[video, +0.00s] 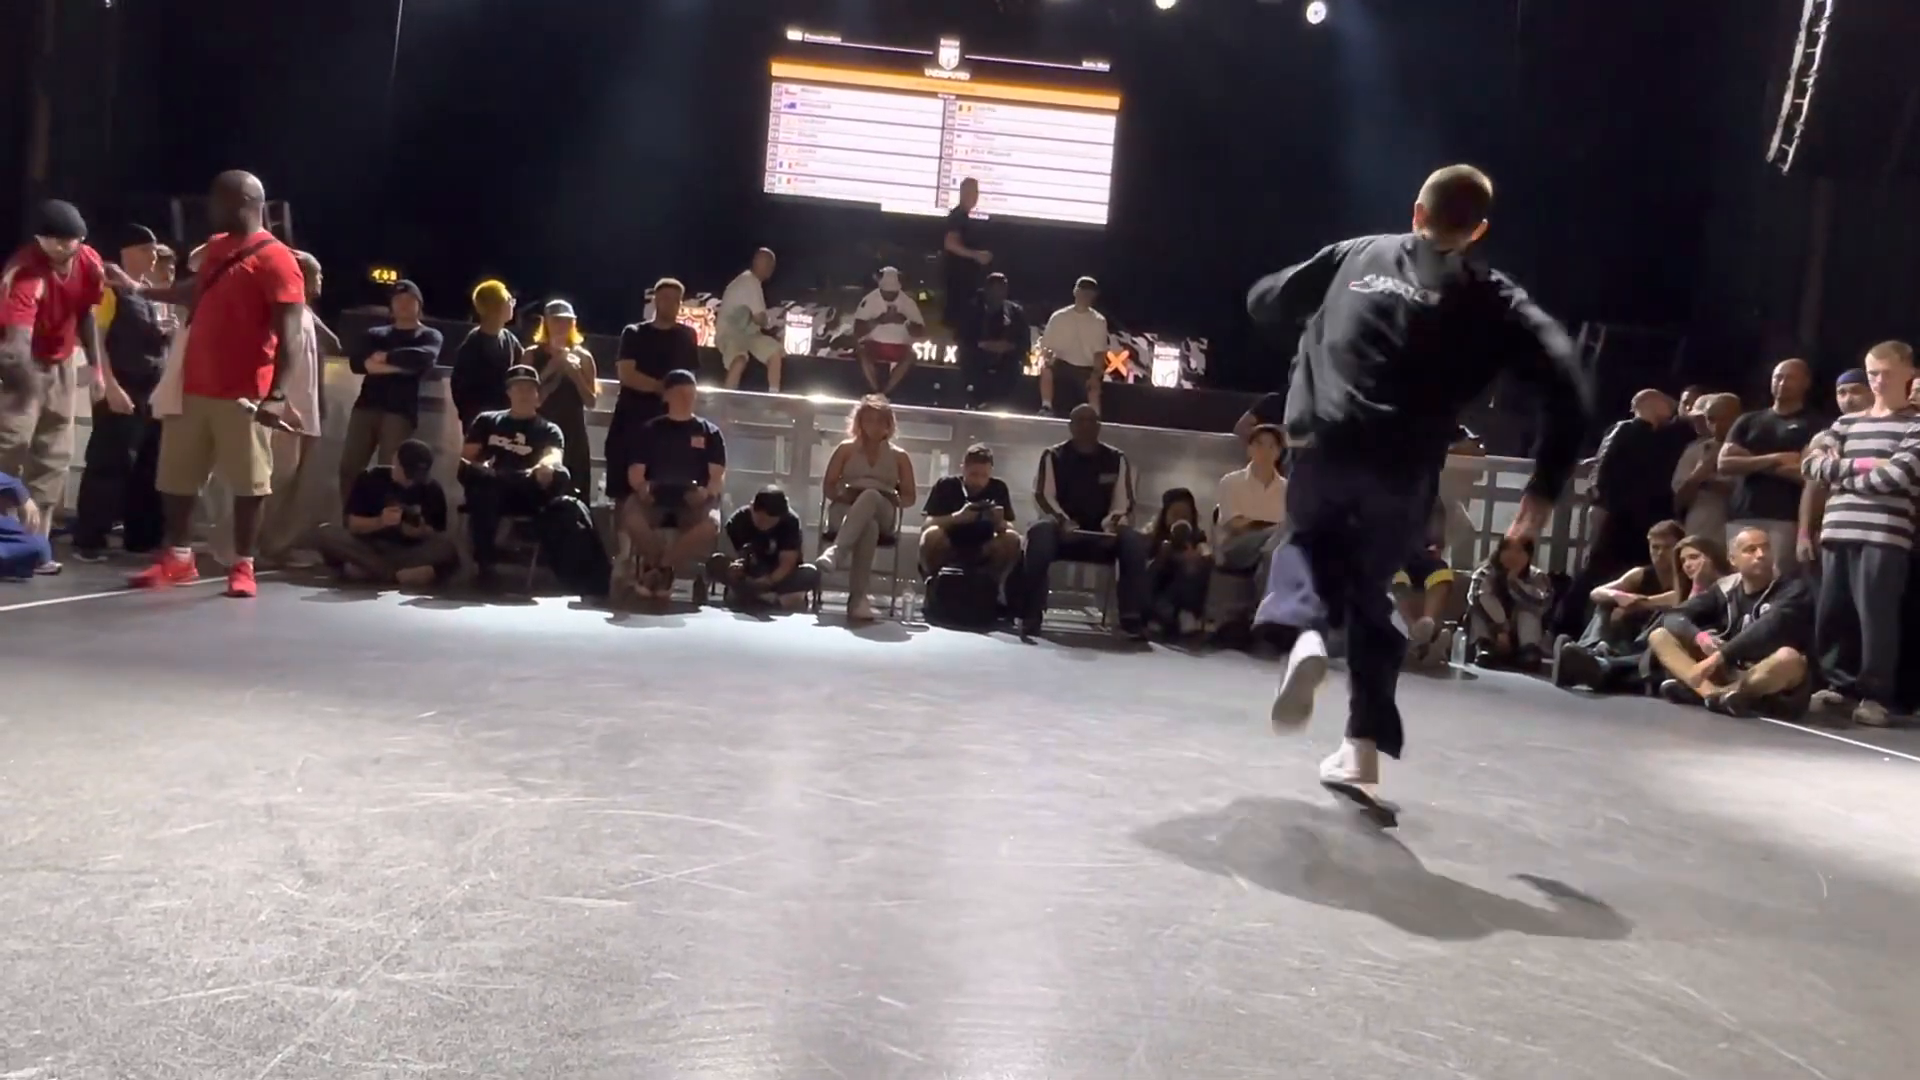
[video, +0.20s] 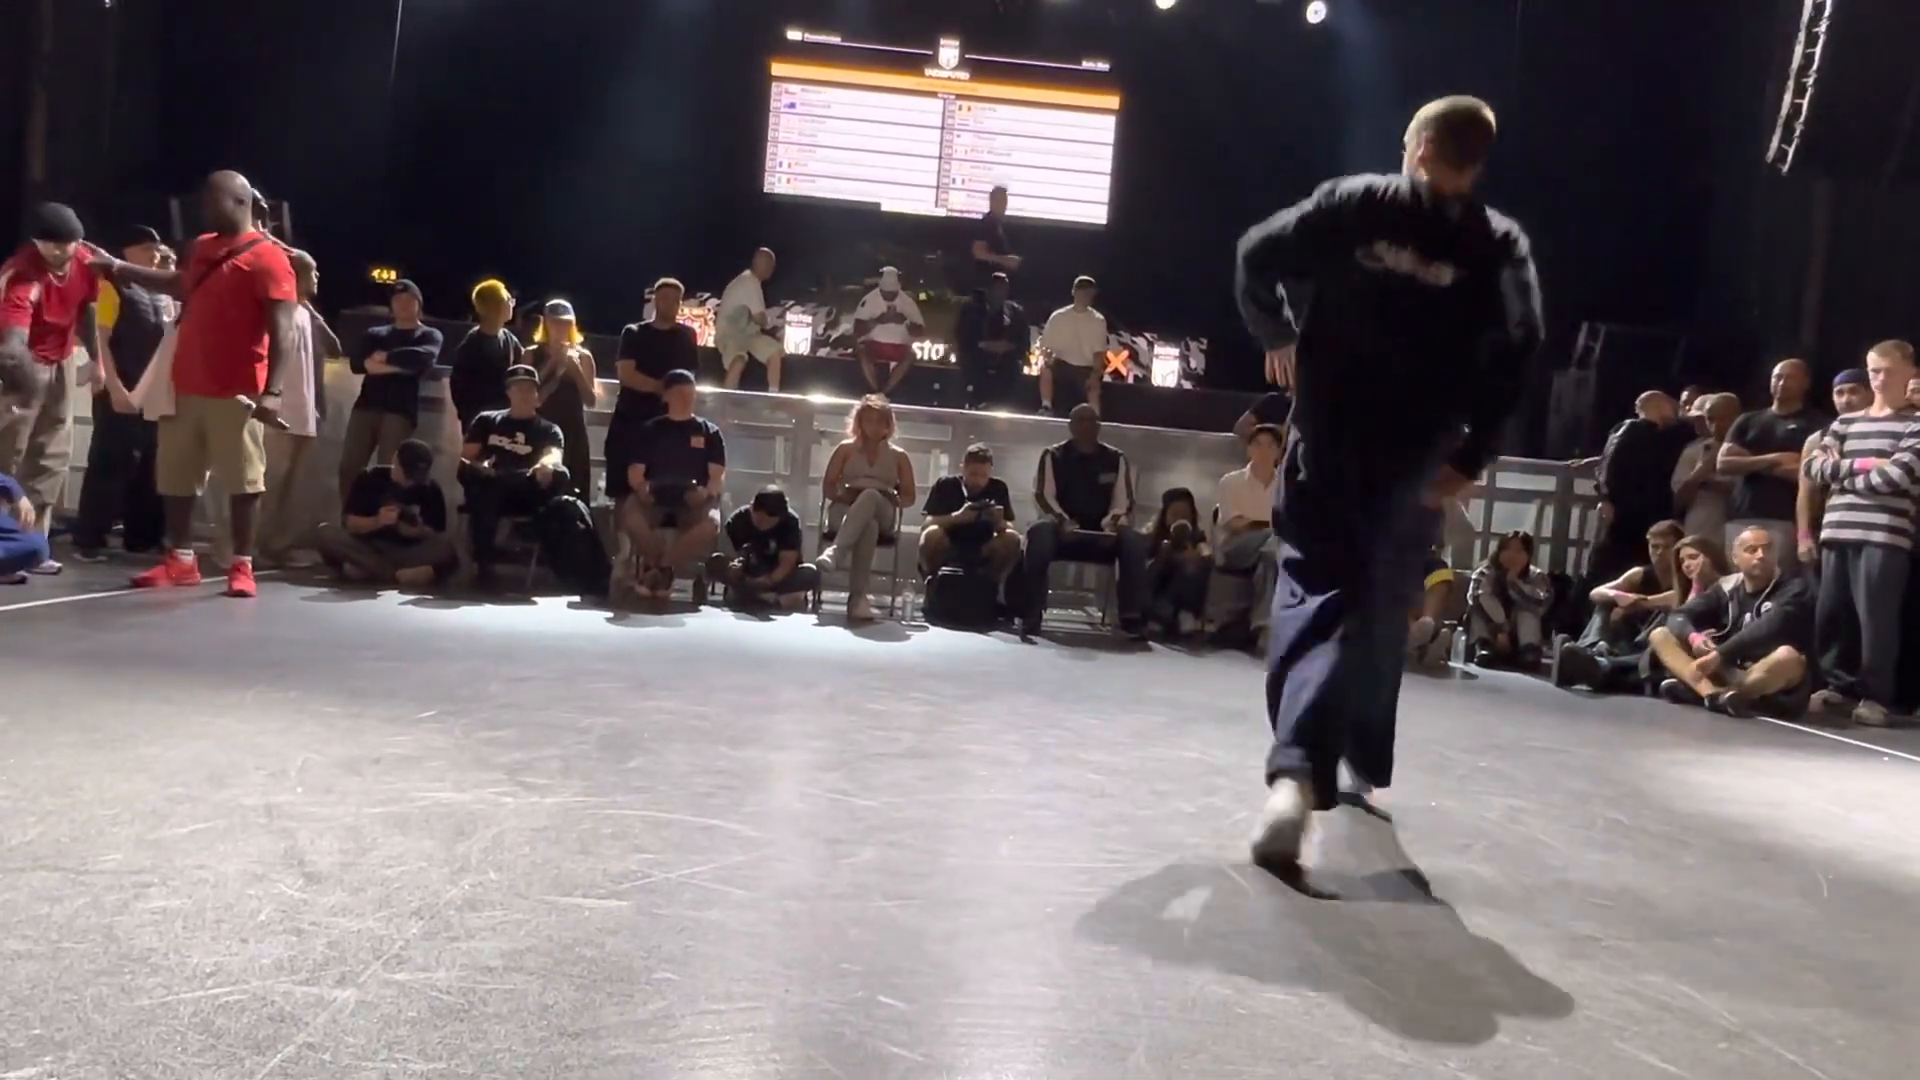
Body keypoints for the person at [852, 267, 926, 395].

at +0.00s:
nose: (890, 296)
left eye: (893, 293)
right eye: (886, 292)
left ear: (899, 289)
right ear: (880, 288)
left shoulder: (908, 302)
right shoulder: (869, 300)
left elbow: (919, 332)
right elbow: (857, 332)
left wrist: (904, 320)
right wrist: (879, 320)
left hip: (900, 346)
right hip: (874, 344)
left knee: (910, 357)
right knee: (863, 353)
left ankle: (885, 392)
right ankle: (876, 391)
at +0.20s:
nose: (890, 296)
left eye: (893, 293)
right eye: (886, 293)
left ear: (898, 289)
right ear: (880, 288)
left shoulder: (907, 302)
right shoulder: (869, 300)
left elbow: (919, 332)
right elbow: (857, 331)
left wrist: (904, 321)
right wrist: (878, 320)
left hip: (900, 346)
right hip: (874, 344)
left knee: (909, 357)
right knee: (862, 353)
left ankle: (885, 393)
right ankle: (876, 392)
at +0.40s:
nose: (889, 297)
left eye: (892, 294)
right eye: (885, 293)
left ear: (898, 290)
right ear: (880, 289)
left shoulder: (907, 302)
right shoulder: (869, 300)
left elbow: (919, 332)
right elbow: (857, 331)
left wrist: (903, 321)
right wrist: (878, 320)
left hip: (899, 346)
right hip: (874, 344)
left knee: (909, 357)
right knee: (862, 353)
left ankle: (885, 393)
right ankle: (875, 392)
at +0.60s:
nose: (889, 296)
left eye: (893, 293)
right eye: (886, 293)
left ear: (898, 289)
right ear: (879, 288)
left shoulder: (907, 302)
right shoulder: (869, 300)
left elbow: (920, 333)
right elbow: (857, 331)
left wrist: (903, 322)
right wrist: (878, 321)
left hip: (899, 346)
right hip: (873, 344)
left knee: (909, 357)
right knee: (862, 353)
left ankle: (884, 393)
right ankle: (875, 391)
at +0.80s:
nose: (890, 297)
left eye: (893, 293)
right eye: (886, 293)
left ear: (898, 290)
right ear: (880, 289)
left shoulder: (907, 303)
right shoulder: (869, 300)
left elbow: (920, 333)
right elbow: (857, 331)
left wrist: (904, 322)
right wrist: (879, 321)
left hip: (899, 346)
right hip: (874, 344)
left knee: (909, 358)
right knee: (863, 353)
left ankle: (884, 393)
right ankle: (875, 392)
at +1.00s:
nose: (890, 296)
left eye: (893, 293)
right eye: (886, 293)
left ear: (898, 290)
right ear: (880, 290)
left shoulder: (907, 303)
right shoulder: (869, 300)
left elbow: (918, 332)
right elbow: (858, 330)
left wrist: (904, 322)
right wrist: (879, 321)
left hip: (899, 347)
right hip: (873, 344)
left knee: (909, 357)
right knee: (863, 352)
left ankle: (885, 393)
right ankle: (875, 392)